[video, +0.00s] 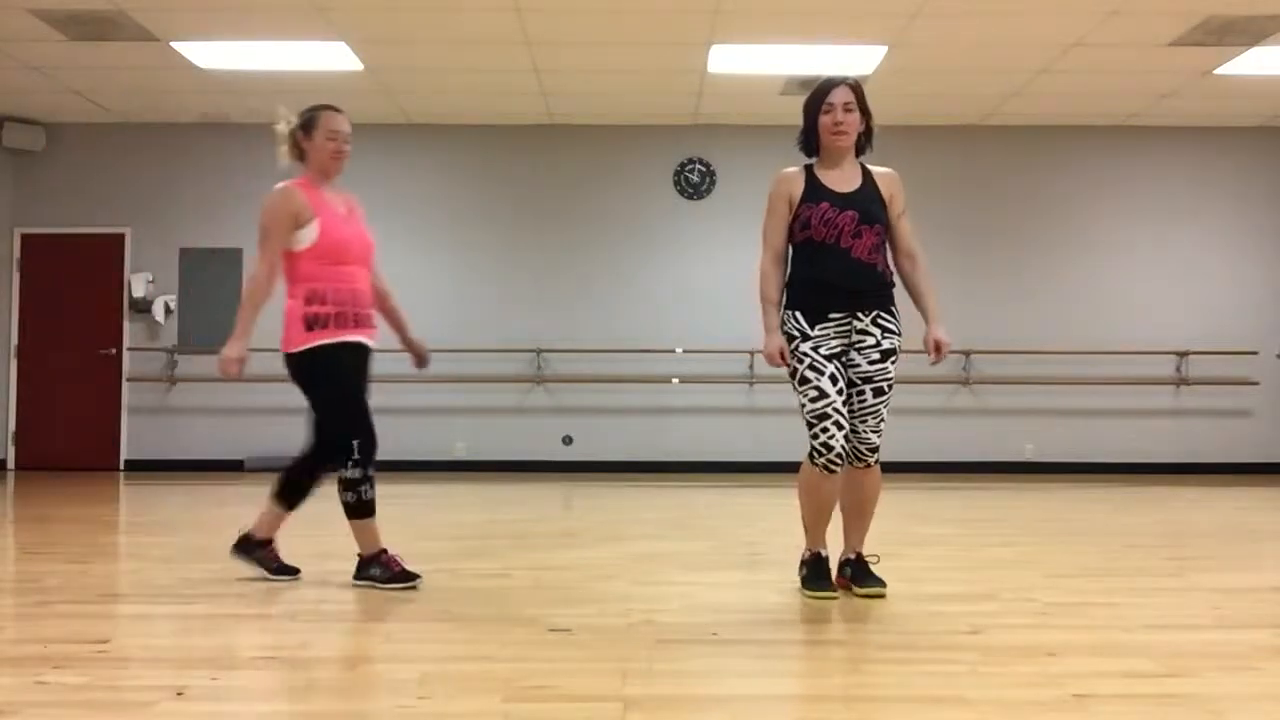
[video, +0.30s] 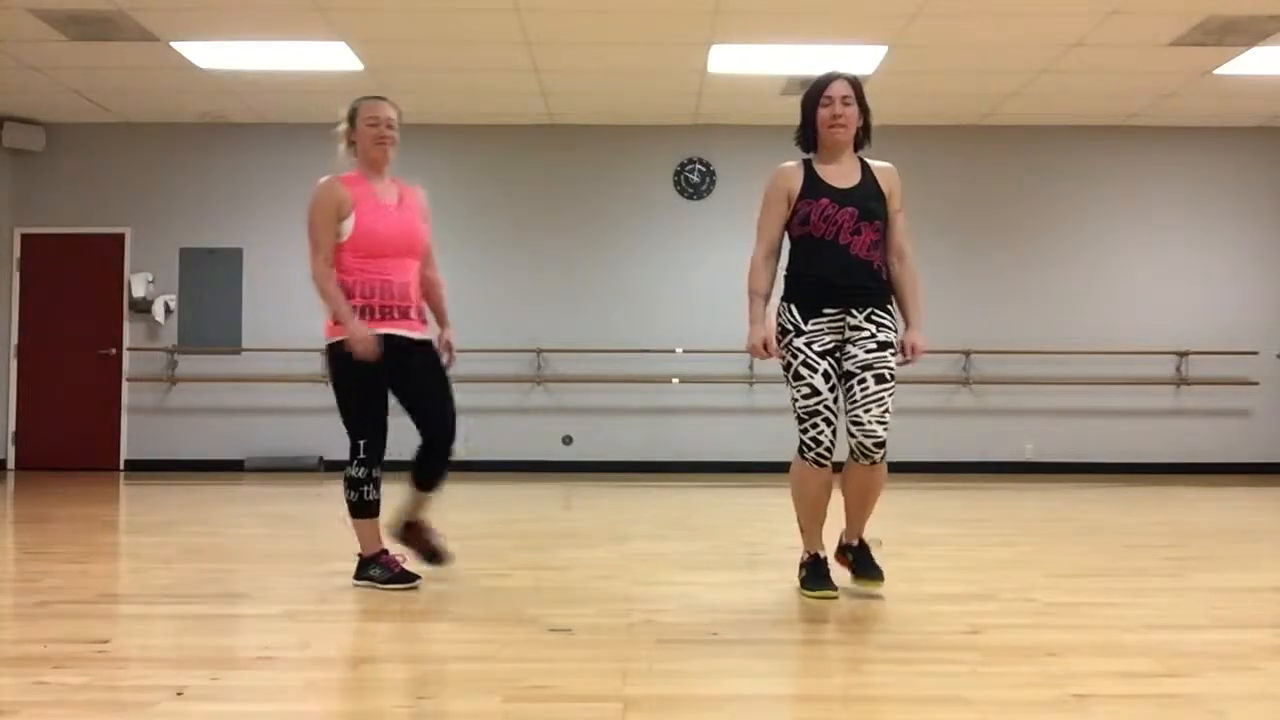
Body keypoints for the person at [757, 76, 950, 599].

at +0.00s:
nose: (840, 118)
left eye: (849, 109)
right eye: (829, 110)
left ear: (864, 120)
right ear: (813, 120)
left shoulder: (885, 183)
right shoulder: (791, 183)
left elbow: (908, 258)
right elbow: (773, 259)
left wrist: (932, 321)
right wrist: (771, 328)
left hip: (875, 326)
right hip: (810, 327)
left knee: (865, 444)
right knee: (830, 441)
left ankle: (854, 558)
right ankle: (814, 556)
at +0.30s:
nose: (837, 111)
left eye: (847, 102)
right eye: (826, 103)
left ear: (862, 114)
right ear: (811, 116)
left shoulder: (884, 177)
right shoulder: (790, 177)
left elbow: (900, 257)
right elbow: (765, 254)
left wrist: (912, 323)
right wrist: (757, 317)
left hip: (873, 320)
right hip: (806, 320)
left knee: (871, 437)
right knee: (819, 438)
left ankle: (853, 542)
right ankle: (813, 555)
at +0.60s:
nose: (843, 107)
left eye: (851, 99)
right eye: (832, 100)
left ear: (867, 112)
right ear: (816, 115)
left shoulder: (891, 175)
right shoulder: (794, 179)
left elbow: (914, 248)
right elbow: (776, 254)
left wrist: (935, 315)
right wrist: (773, 320)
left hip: (880, 322)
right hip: (814, 321)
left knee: (868, 440)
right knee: (832, 433)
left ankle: (852, 558)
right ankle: (814, 535)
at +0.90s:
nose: (839, 112)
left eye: (848, 103)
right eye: (828, 104)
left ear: (863, 115)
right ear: (812, 116)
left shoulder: (884, 180)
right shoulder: (789, 180)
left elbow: (902, 258)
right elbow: (769, 257)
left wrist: (923, 321)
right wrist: (774, 324)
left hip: (874, 324)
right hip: (808, 324)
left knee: (867, 445)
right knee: (826, 442)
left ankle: (851, 558)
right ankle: (812, 559)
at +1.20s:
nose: (840, 110)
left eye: (849, 102)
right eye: (829, 103)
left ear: (863, 114)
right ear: (813, 116)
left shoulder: (886, 177)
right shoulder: (791, 178)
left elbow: (902, 258)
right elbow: (765, 254)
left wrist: (919, 325)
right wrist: (777, 318)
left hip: (874, 321)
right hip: (808, 322)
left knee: (869, 440)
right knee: (820, 440)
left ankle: (856, 550)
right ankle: (812, 559)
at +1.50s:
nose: (845, 108)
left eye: (854, 100)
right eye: (835, 101)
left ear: (869, 112)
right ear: (817, 114)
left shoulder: (891, 174)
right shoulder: (796, 177)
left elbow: (935, 241)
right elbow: (766, 249)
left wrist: (979, 304)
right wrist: (831, 260)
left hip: (881, 318)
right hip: (817, 319)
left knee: (870, 438)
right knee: (832, 431)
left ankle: (854, 556)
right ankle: (818, 539)